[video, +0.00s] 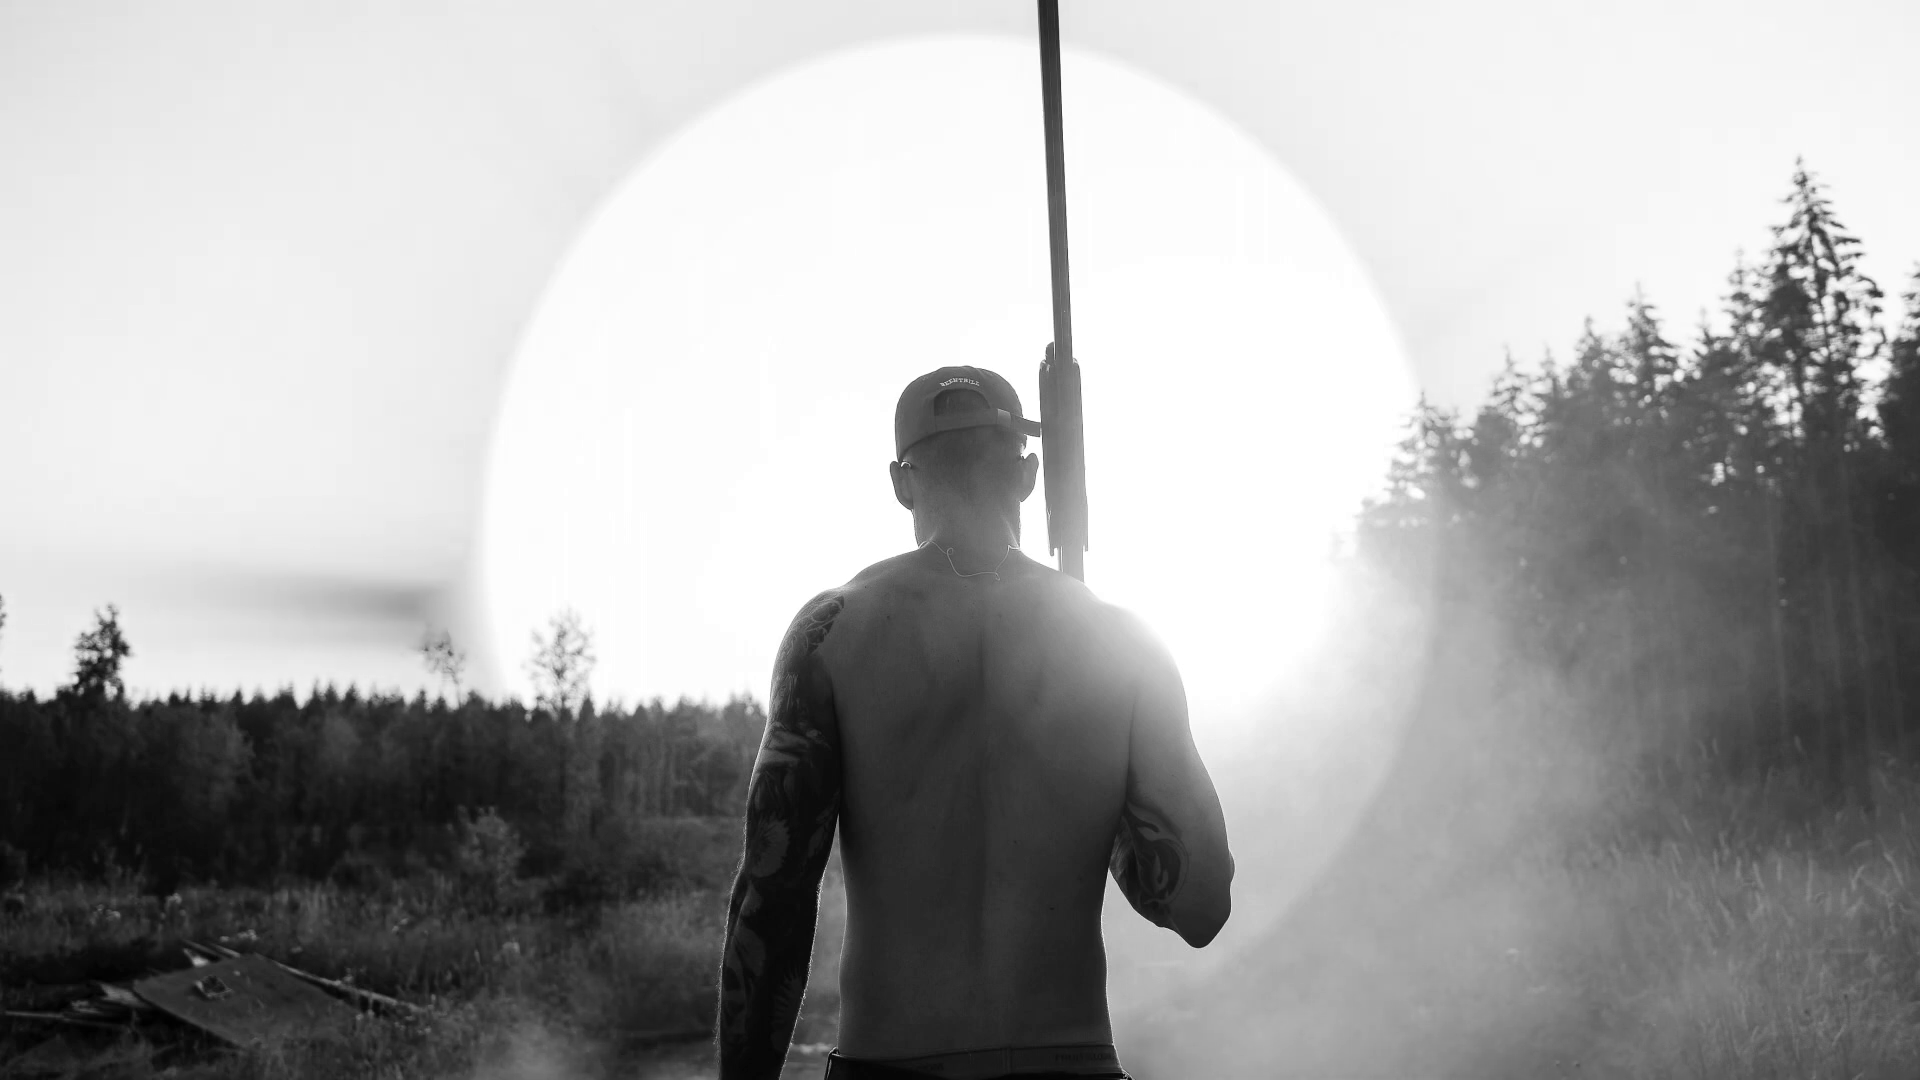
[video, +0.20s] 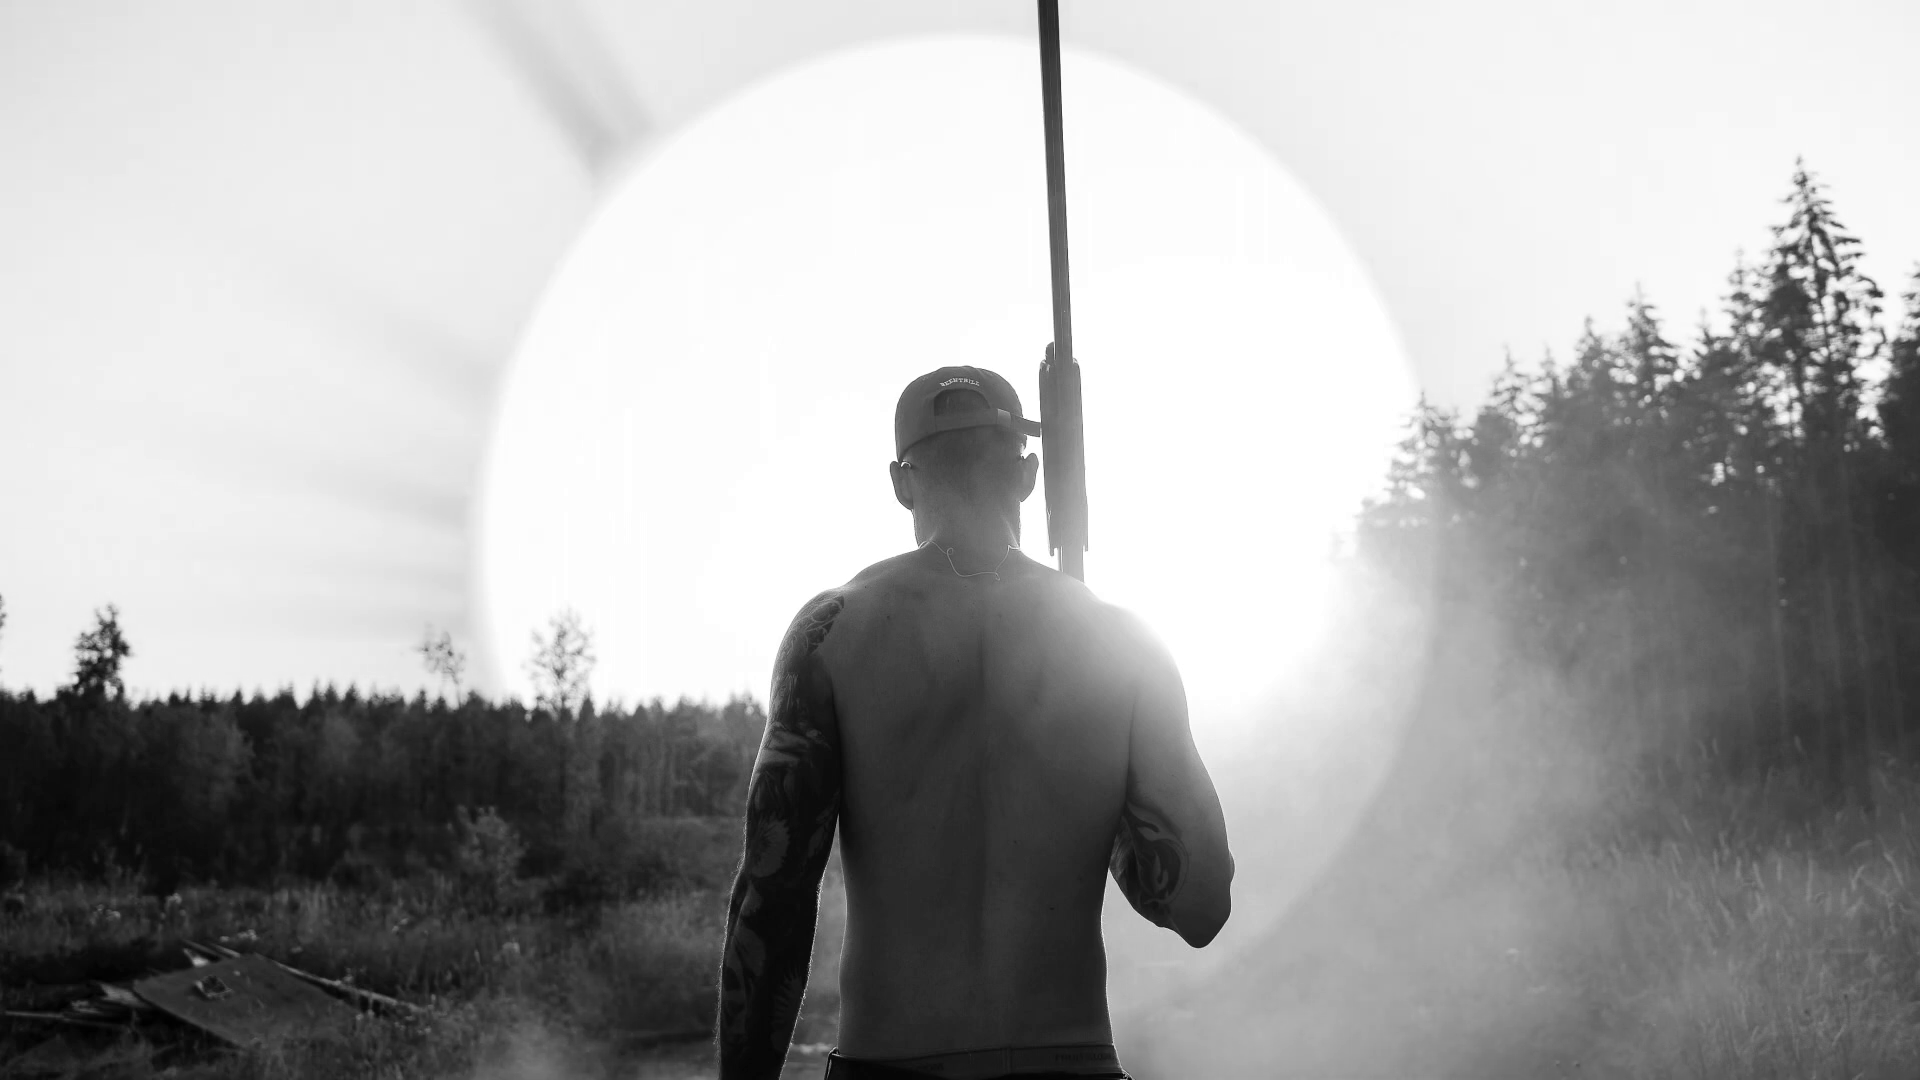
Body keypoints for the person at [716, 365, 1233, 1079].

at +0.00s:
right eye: (1017, 450)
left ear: (903, 486)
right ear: (1027, 476)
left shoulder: (832, 630)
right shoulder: (1121, 641)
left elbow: (773, 884)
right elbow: (1201, 904)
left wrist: (747, 1063)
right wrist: (1102, 803)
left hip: (887, 1045)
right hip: (1067, 1045)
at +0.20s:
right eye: (1017, 450)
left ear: (903, 486)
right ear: (1027, 476)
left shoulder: (832, 630)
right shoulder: (1121, 641)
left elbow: (773, 884)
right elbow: (1201, 904)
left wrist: (747, 1063)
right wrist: (1102, 803)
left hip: (887, 1045)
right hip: (1067, 1045)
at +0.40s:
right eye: (1017, 450)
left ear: (903, 486)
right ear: (1027, 476)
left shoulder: (832, 630)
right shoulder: (1121, 641)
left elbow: (773, 884)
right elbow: (1201, 904)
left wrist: (747, 1063)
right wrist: (1102, 803)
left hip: (887, 1045)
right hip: (1067, 1045)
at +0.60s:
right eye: (1017, 450)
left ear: (903, 486)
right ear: (1027, 476)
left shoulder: (832, 630)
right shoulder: (1121, 641)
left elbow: (773, 884)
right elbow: (1201, 904)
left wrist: (747, 1063)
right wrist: (1102, 803)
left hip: (887, 1045)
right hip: (1067, 1045)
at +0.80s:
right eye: (1017, 450)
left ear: (903, 486)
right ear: (1027, 476)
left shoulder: (832, 630)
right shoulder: (1121, 641)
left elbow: (773, 884)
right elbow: (1201, 904)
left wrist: (747, 1063)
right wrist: (1102, 803)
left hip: (887, 1045)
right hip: (1068, 1045)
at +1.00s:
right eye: (1017, 450)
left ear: (903, 486)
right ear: (1027, 476)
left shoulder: (832, 630)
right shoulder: (1121, 641)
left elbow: (773, 884)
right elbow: (1201, 904)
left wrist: (747, 1063)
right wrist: (1102, 803)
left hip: (887, 1045)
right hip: (1068, 1045)